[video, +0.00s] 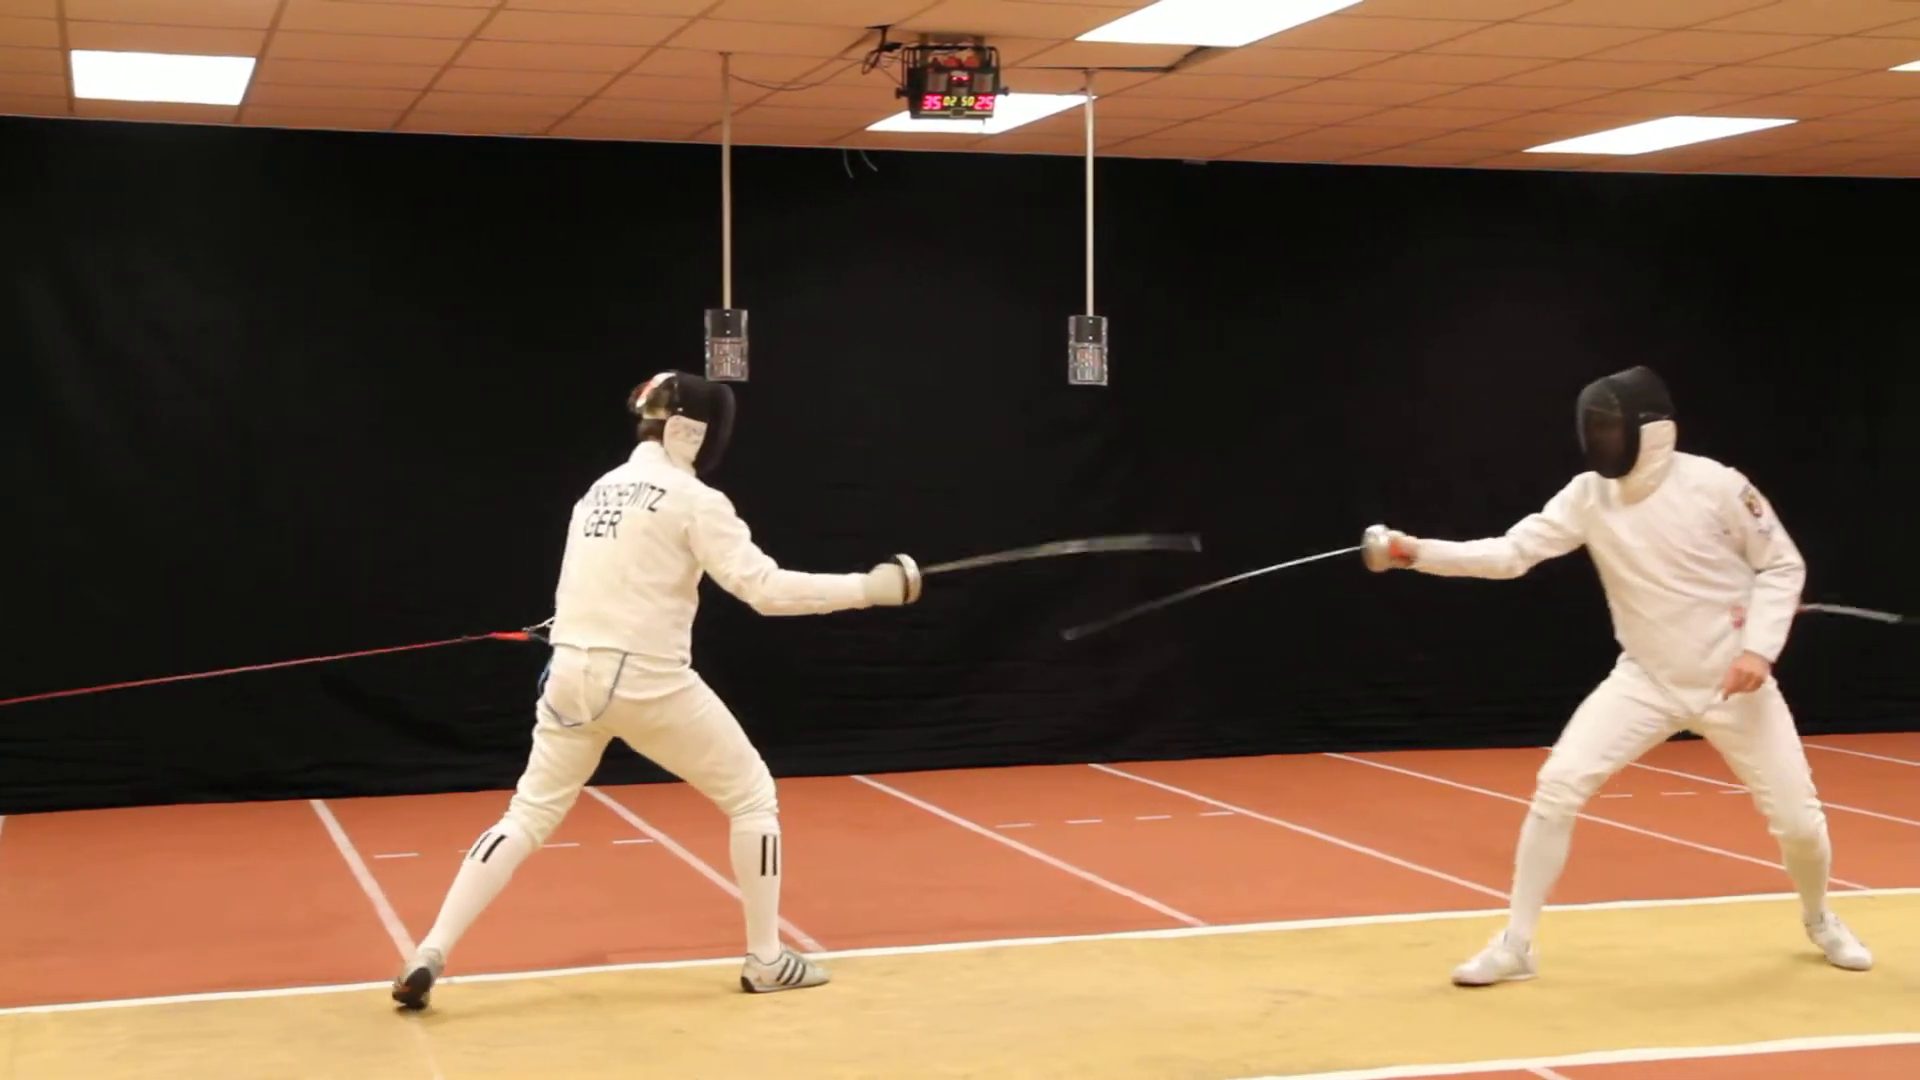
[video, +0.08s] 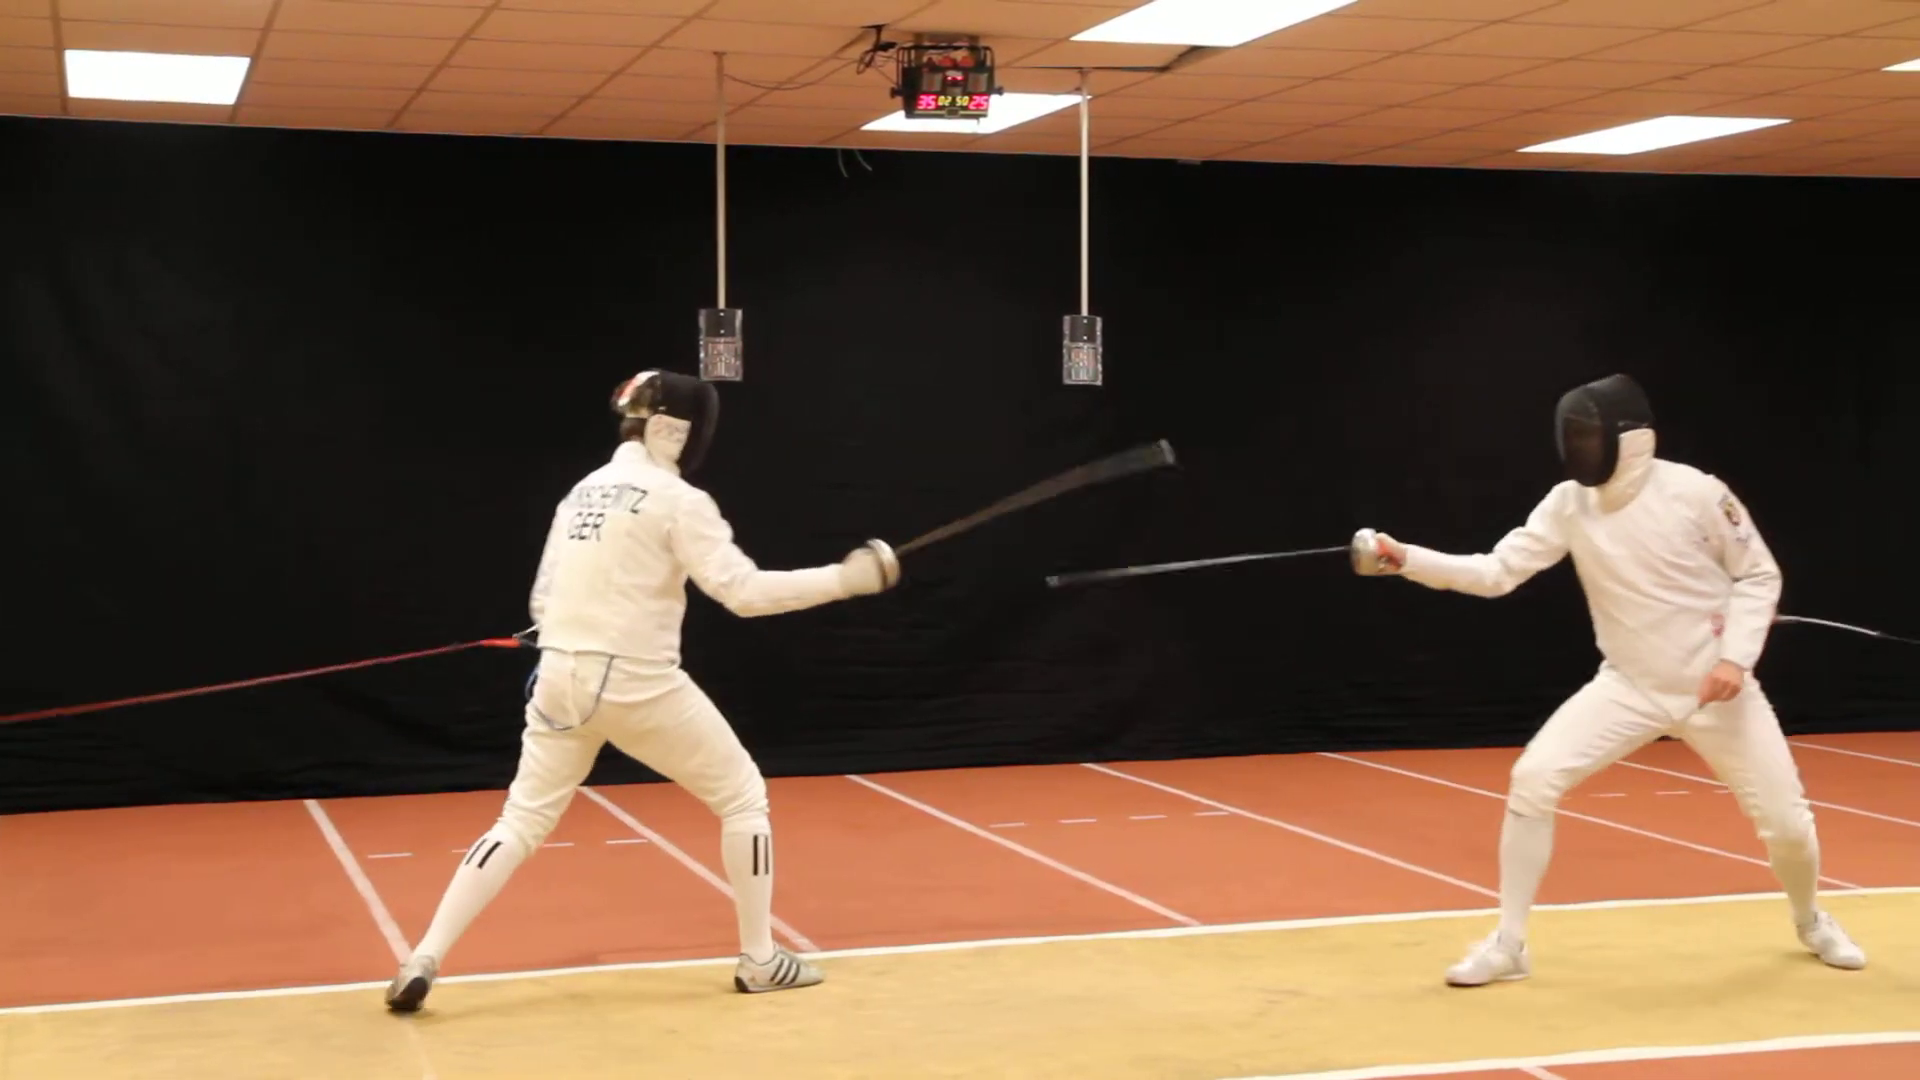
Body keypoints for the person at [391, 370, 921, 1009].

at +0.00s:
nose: (715, 440)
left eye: (710, 426)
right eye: (711, 428)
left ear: (650, 428)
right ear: (695, 435)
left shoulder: (601, 491)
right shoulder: (695, 502)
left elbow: (595, 587)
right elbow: (766, 589)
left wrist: (566, 626)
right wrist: (872, 585)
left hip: (569, 678)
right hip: (652, 682)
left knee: (526, 816)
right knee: (752, 796)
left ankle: (429, 954)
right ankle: (765, 959)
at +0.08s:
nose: (697, 438)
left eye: (694, 425)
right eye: (691, 425)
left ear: (631, 425)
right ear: (672, 430)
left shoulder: (582, 492)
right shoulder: (678, 502)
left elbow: (545, 598)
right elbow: (745, 592)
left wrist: (573, 645)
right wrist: (849, 576)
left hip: (558, 680)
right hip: (641, 683)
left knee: (518, 825)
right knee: (742, 798)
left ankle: (423, 960)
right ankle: (759, 959)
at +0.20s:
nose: (656, 445)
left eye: (656, 432)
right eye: (654, 433)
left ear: (590, 428)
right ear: (637, 434)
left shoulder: (540, 503)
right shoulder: (641, 507)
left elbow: (493, 604)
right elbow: (706, 593)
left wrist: (539, 663)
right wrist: (807, 565)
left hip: (526, 686)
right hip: (610, 689)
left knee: (487, 826)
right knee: (717, 801)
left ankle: (403, 979)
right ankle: (749, 958)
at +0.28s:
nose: (643, 447)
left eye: (642, 435)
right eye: (641, 436)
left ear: (576, 428)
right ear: (626, 436)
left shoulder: (522, 504)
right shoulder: (622, 508)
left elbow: (471, 599)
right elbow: (689, 591)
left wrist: (509, 664)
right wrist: (791, 561)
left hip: (507, 691)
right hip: (593, 693)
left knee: (474, 828)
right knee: (699, 803)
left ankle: (399, 982)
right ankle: (746, 958)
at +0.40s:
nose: (634, 441)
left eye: (626, 428)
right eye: (632, 431)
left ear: (569, 423)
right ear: (618, 432)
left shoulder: (512, 498)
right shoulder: (613, 503)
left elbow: (457, 590)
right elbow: (681, 590)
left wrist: (495, 658)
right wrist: (787, 578)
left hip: (493, 687)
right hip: (578, 689)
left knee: (470, 825)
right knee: (686, 793)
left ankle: (398, 983)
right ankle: (725, 955)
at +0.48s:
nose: (639, 443)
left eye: (637, 430)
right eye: (636, 431)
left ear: (572, 425)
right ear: (619, 432)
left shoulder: (513, 497)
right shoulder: (618, 504)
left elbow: (455, 585)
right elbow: (684, 593)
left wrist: (494, 652)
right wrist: (791, 593)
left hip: (497, 685)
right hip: (581, 686)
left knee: (466, 827)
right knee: (689, 796)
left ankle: (394, 975)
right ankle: (711, 958)